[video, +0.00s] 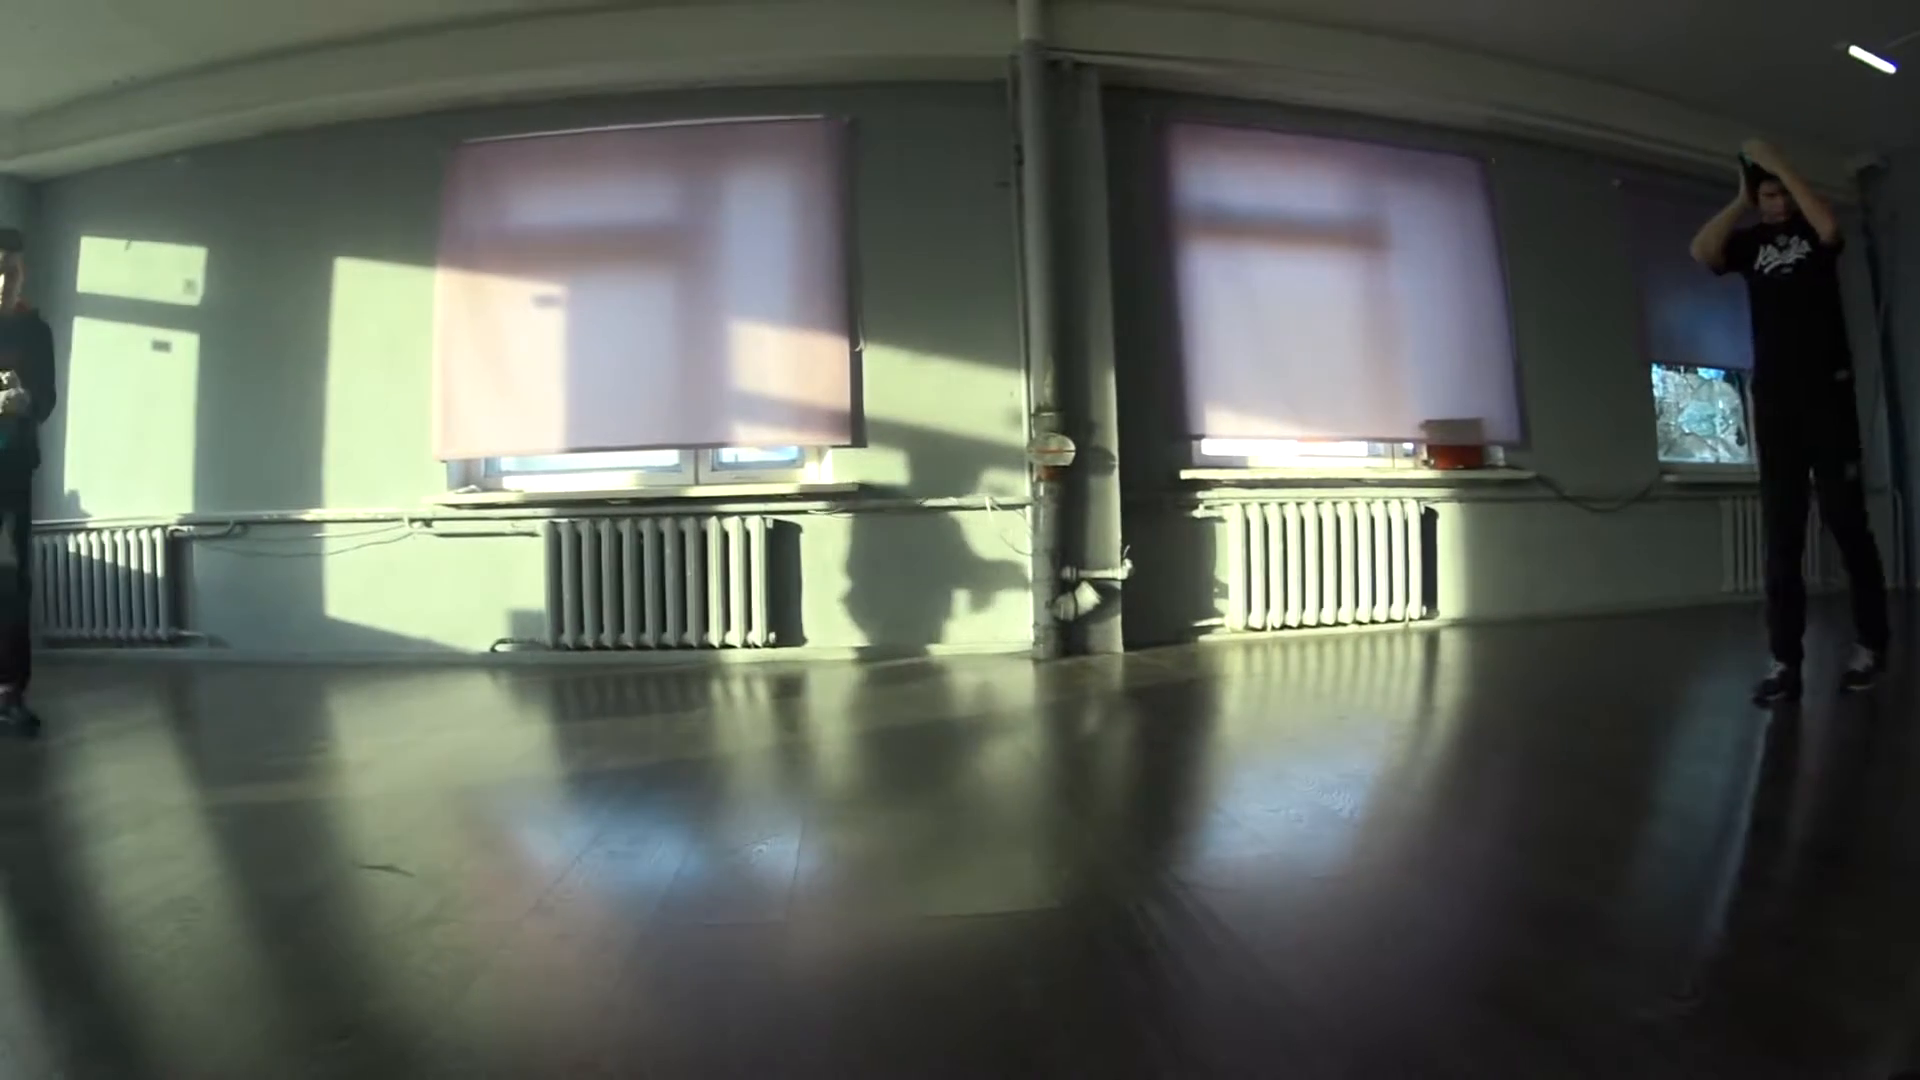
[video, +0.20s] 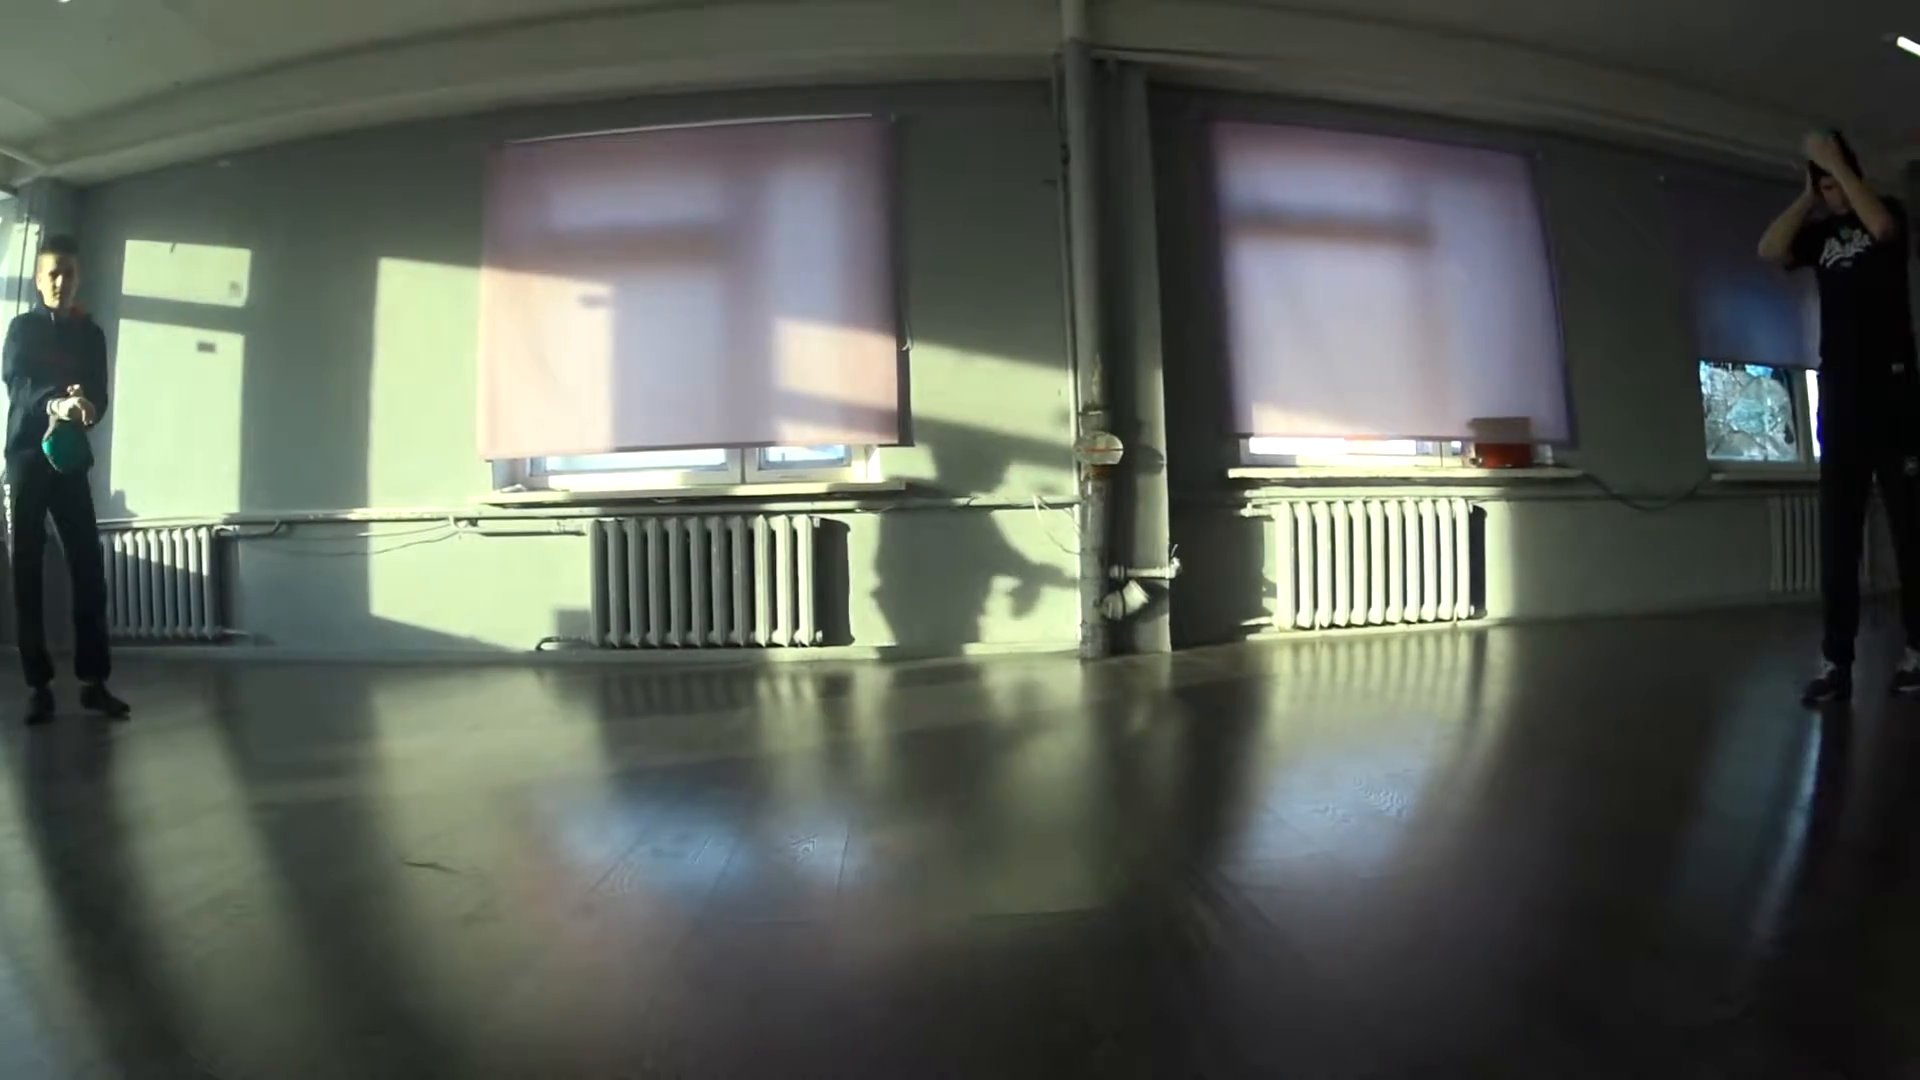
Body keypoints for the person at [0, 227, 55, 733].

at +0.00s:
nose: (6, 281)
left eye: (11, 272)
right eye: (2, 271)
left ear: (22, 277)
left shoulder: (31, 329)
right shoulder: (22, 330)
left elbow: (42, 401)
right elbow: (41, 400)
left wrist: (22, 401)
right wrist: (17, 397)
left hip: (14, 465)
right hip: (9, 466)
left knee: (15, 572)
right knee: (12, 572)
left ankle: (13, 691)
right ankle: (10, 689)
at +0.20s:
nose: (59, 281)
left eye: (67, 273)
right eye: (51, 273)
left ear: (78, 278)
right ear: (37, 279)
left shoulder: (91, 333)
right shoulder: (23, 327)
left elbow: (100, 396)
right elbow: (14, 383)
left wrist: (89, 411)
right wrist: (52, 400)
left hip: (71, 460)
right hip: (26, 460)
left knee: (88, 568)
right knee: (27, 571)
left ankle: (93, 683)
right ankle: (39, 688)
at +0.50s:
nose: (150, 283)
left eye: (156, 275)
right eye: (142, 275)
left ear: (164, 280)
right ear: (125, 280)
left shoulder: (175, 338)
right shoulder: (109, 328)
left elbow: (179, 399)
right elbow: (104, 386)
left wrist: (172, 418)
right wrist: (146, 388)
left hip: (153, 462)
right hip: (109, 460)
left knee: (157, 573)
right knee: (106, 572)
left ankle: (162, 681)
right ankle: (100, 686)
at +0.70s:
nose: (198, 287)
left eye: (204, 279)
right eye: (191, 279)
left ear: (212, 285)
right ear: (172, 284)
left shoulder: (220, 343)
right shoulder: (155, 331)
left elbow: (225, 403)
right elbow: (152, 390)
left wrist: (216, 428)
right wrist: (195, 388)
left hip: (196, 468)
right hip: (154, 464)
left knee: (199, 574)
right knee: (143, 570)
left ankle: (191, 681)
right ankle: (131, 684)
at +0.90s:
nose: (204, 294)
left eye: (211, 285)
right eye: (196, 285)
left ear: (222, 286)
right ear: (181, 286)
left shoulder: (230, 344)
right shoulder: (166, 329)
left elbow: (234, 402)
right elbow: (159, 382)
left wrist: (230, 427)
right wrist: (201, 401)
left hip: (204, 463)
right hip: (162, 459)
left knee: (204, 568)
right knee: (151, 565)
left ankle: (193, 680)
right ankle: (143, 682)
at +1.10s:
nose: (200, 293)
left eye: (208, 284)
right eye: (193, 285)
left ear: (219, 285)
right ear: (178, 285)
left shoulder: (230, 342)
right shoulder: (164, 327)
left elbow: (238, 402)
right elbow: (161, 378)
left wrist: (236, 425)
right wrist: (205, 397)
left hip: (205, 463)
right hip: (162, 459)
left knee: (203, 568)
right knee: (155, 566)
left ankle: (193, 680)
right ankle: (148, 685)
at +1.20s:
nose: (196, 292)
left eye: (204, 283)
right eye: (189, 283)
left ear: (215, 284)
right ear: (174, 285)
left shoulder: (228, 340)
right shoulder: (160, 328)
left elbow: (236, 398)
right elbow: (160, 376)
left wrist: (233, 413)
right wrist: (206, 392)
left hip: (203, 464)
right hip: (159, 461)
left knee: (202, 569)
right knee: (156, 568)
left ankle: (192, 680)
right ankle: (151, 686)